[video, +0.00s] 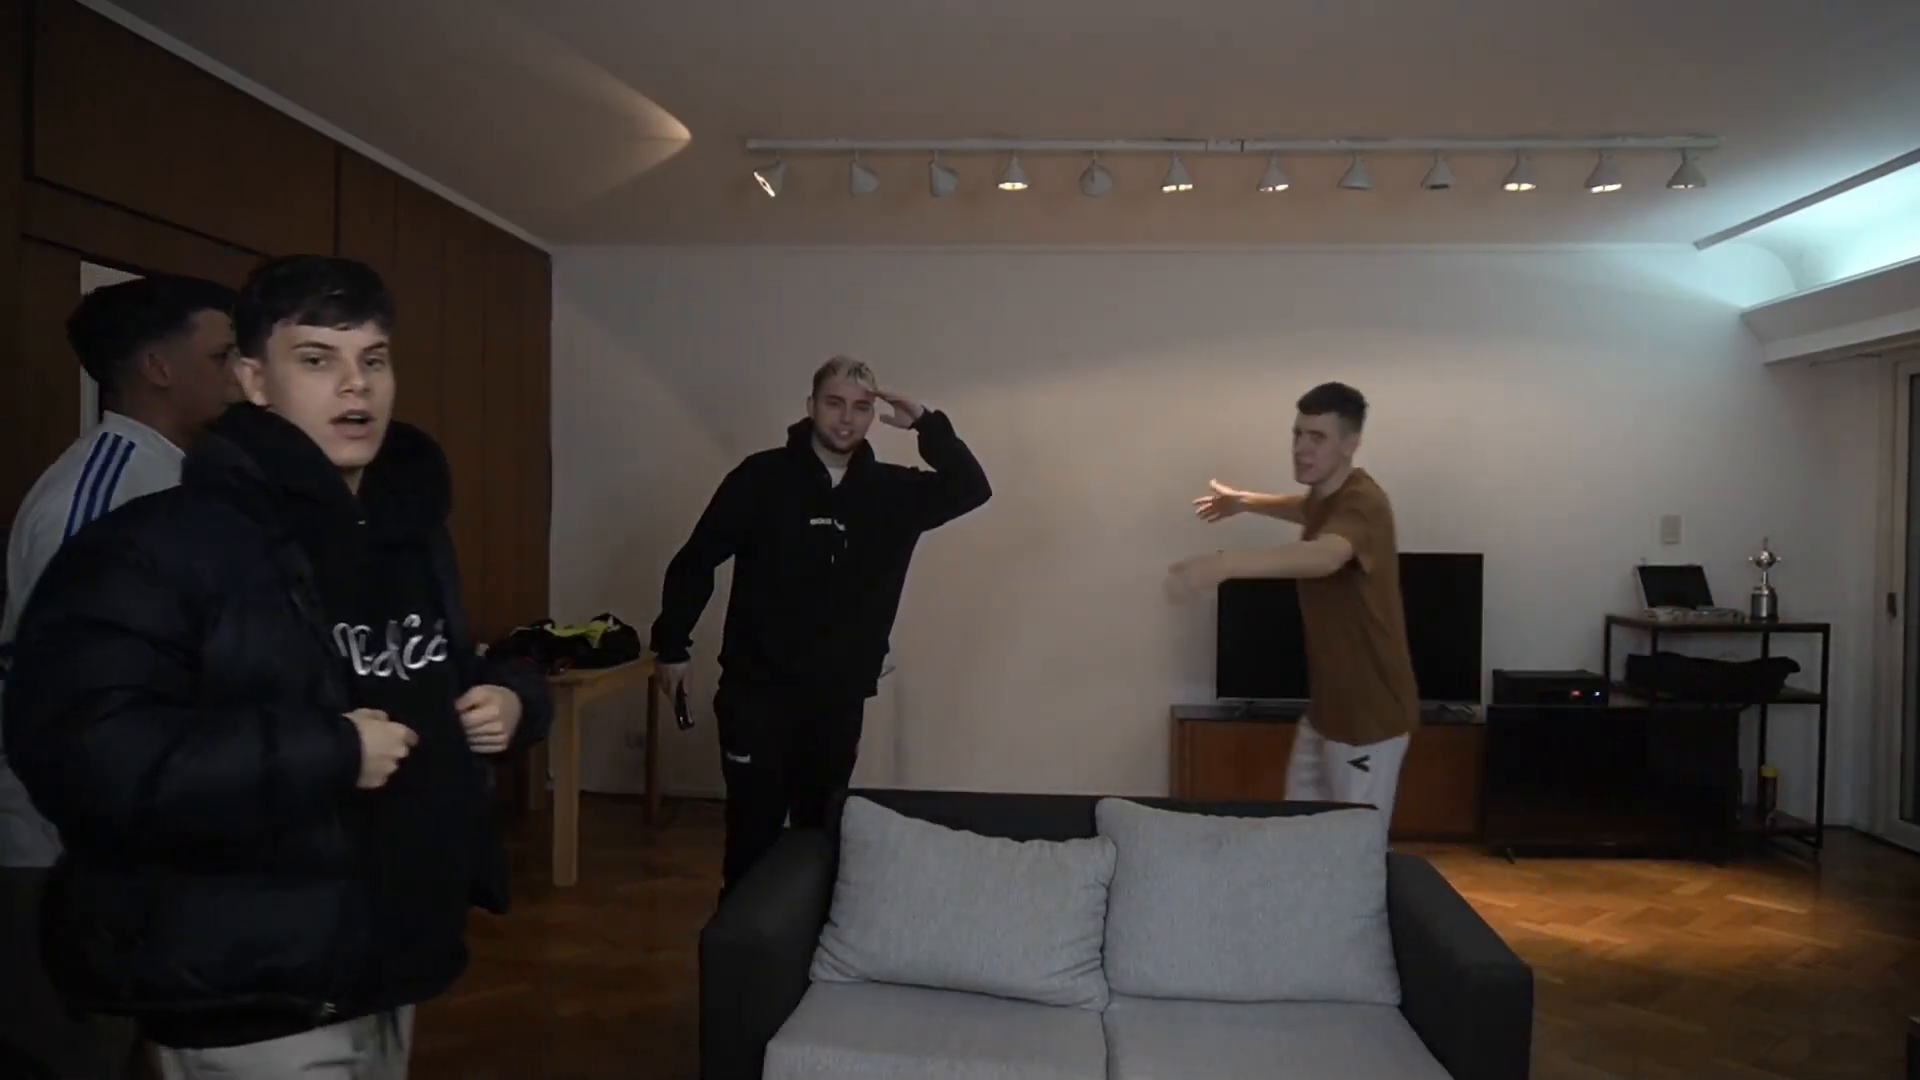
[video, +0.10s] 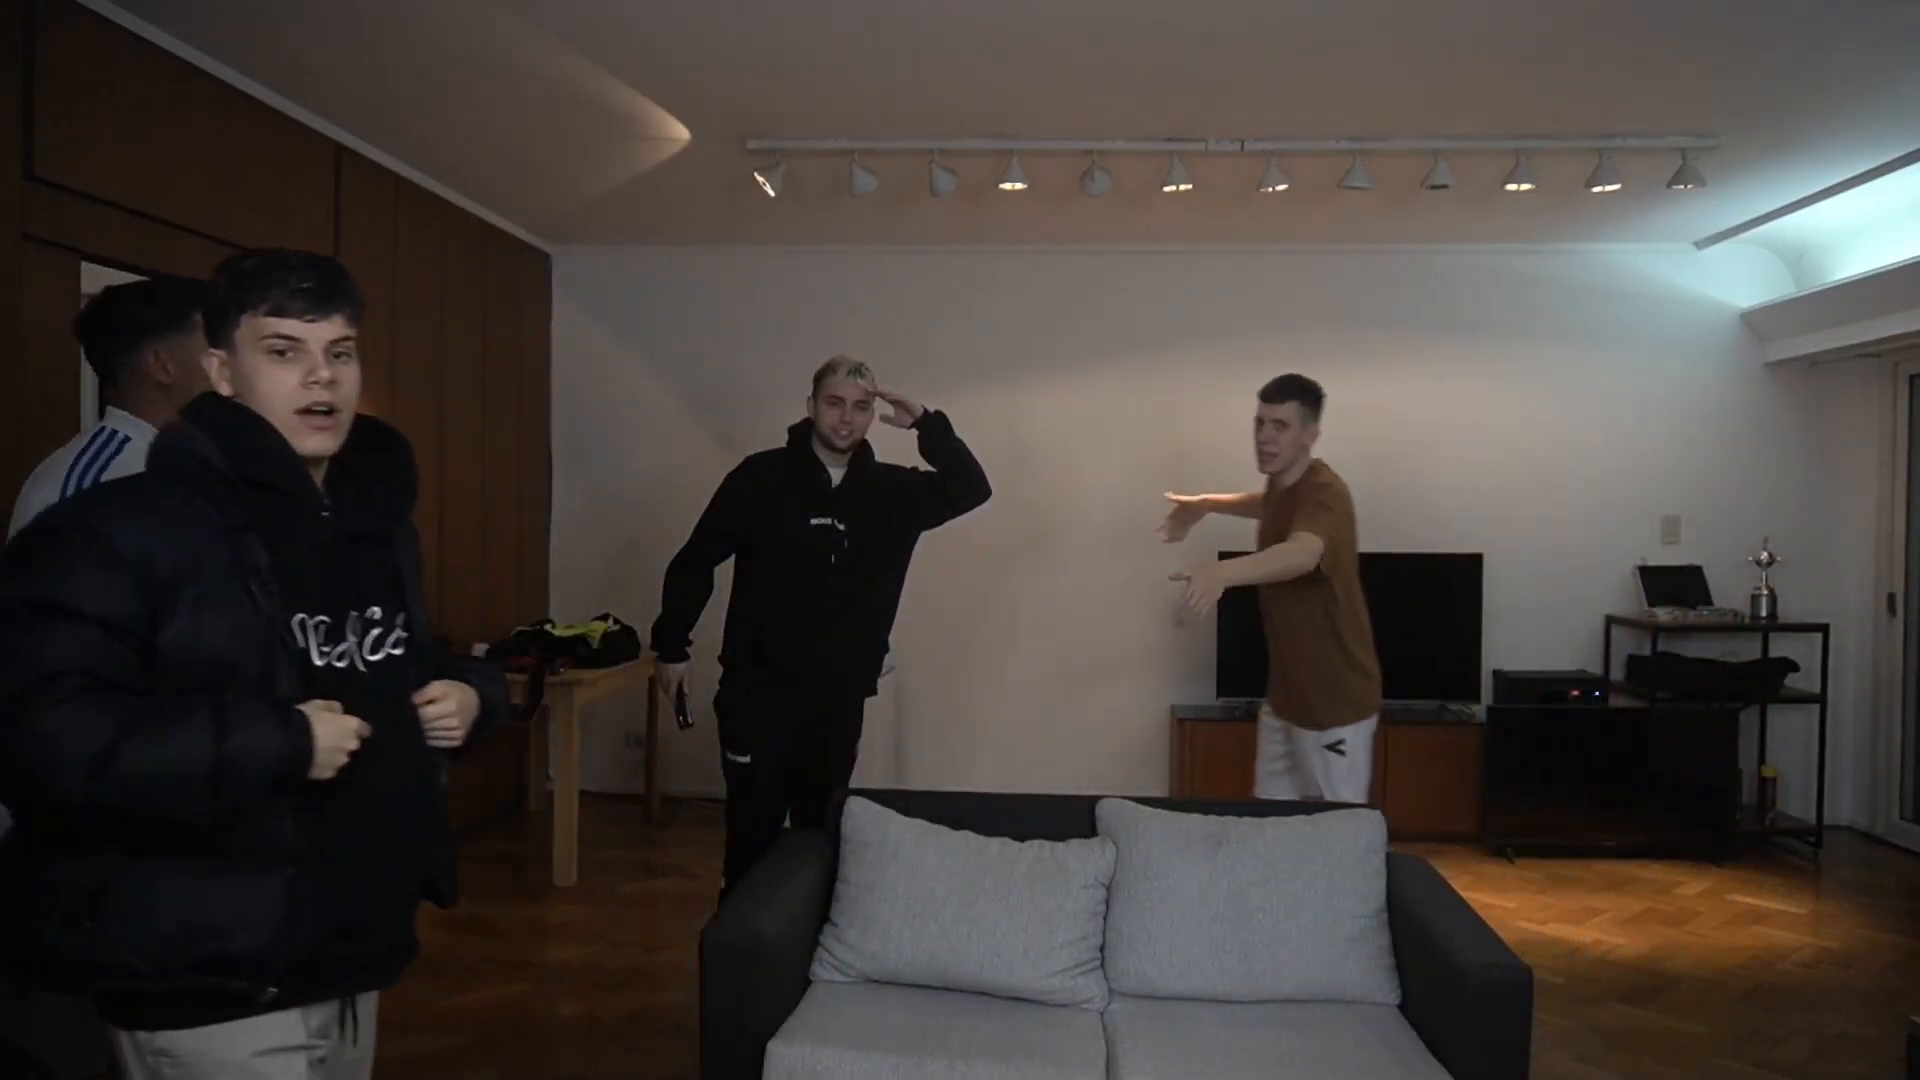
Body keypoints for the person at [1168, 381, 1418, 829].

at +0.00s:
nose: (1301, 447)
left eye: (1317, 437)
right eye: (1298, 434)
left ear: (1351, 444)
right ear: (1293, 434)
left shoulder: (1363, 501)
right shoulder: (1327, 497)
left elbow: (1325, 556)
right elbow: (1300, 508)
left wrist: (1222, 566)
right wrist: (1242, 501)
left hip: (1371, 718)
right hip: (1326, 707)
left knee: (1357, 852)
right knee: (1299, 838)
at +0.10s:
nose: (1264, 436)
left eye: (1279, 425)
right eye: (1260, 423)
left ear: (1311, 435)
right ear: (1253, 425)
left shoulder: (1324, 491)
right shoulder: (1279, 490)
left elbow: (1303, 553)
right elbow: (1262, 506)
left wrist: (1223, 573)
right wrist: (1204, 503)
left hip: (1337, 703)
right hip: (1286, 695)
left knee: (1342, 836)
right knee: (1275, 831)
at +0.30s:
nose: (1202, 451)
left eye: (1218, 441)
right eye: (1196, 439)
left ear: (1243, 450)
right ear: (1188, 443)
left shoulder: (1262, 508)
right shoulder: (1193, 505)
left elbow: (1299, 570)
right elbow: (1151, 525)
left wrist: (1267, 590)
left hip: (1252, 712)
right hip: (1209, 703)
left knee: (1217, 832)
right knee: (1195, 827)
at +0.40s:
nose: (1172, 441)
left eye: (1187, 431)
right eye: (1165, 429)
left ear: (1212, 439)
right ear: (1156, 433)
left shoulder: (1238, 500)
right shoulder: (1154, 497)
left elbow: (1291, 550)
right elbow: (1098, 520)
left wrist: (1299, 574)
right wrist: (1014, 517)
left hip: (1221, 694)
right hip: (1174, 686)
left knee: (1162, 818)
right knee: (1181, 821)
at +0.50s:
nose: (1143, 433)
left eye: (1158, 422)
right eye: (1135, 421)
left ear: (1181, 432)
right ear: (1125, 427)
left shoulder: (1211, 495)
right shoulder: (1116, 491)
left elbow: (1264, 531)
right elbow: (1049, 509)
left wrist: (1292, 542)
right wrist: (967, 504)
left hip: (1184, 686)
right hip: (1133, 679)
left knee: (1139, 809)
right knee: (1141, 809)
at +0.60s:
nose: (1115, 442)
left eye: (1129, 432)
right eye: (1106, 430)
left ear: (1151, 443)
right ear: (1093, 439)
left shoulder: (1183, 509)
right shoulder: (1081, 501)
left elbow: (1243, 543)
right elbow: (1012, 507)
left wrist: (1268, 534)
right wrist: (948, 490)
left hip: (1150, 709)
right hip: (1090, 701)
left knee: (1122, 828)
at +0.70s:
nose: (1088, 443)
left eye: (1103, 433)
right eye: (1079, 431)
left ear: (1123, 445)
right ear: (1065, 441)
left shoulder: (1154, 509)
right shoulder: (1043, 503)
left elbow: (1230, 554)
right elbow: (969, 508)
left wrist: (1237, 523)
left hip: (1129, 710)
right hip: (1061, 702)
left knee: (1108, 835)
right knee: (1027, 825)